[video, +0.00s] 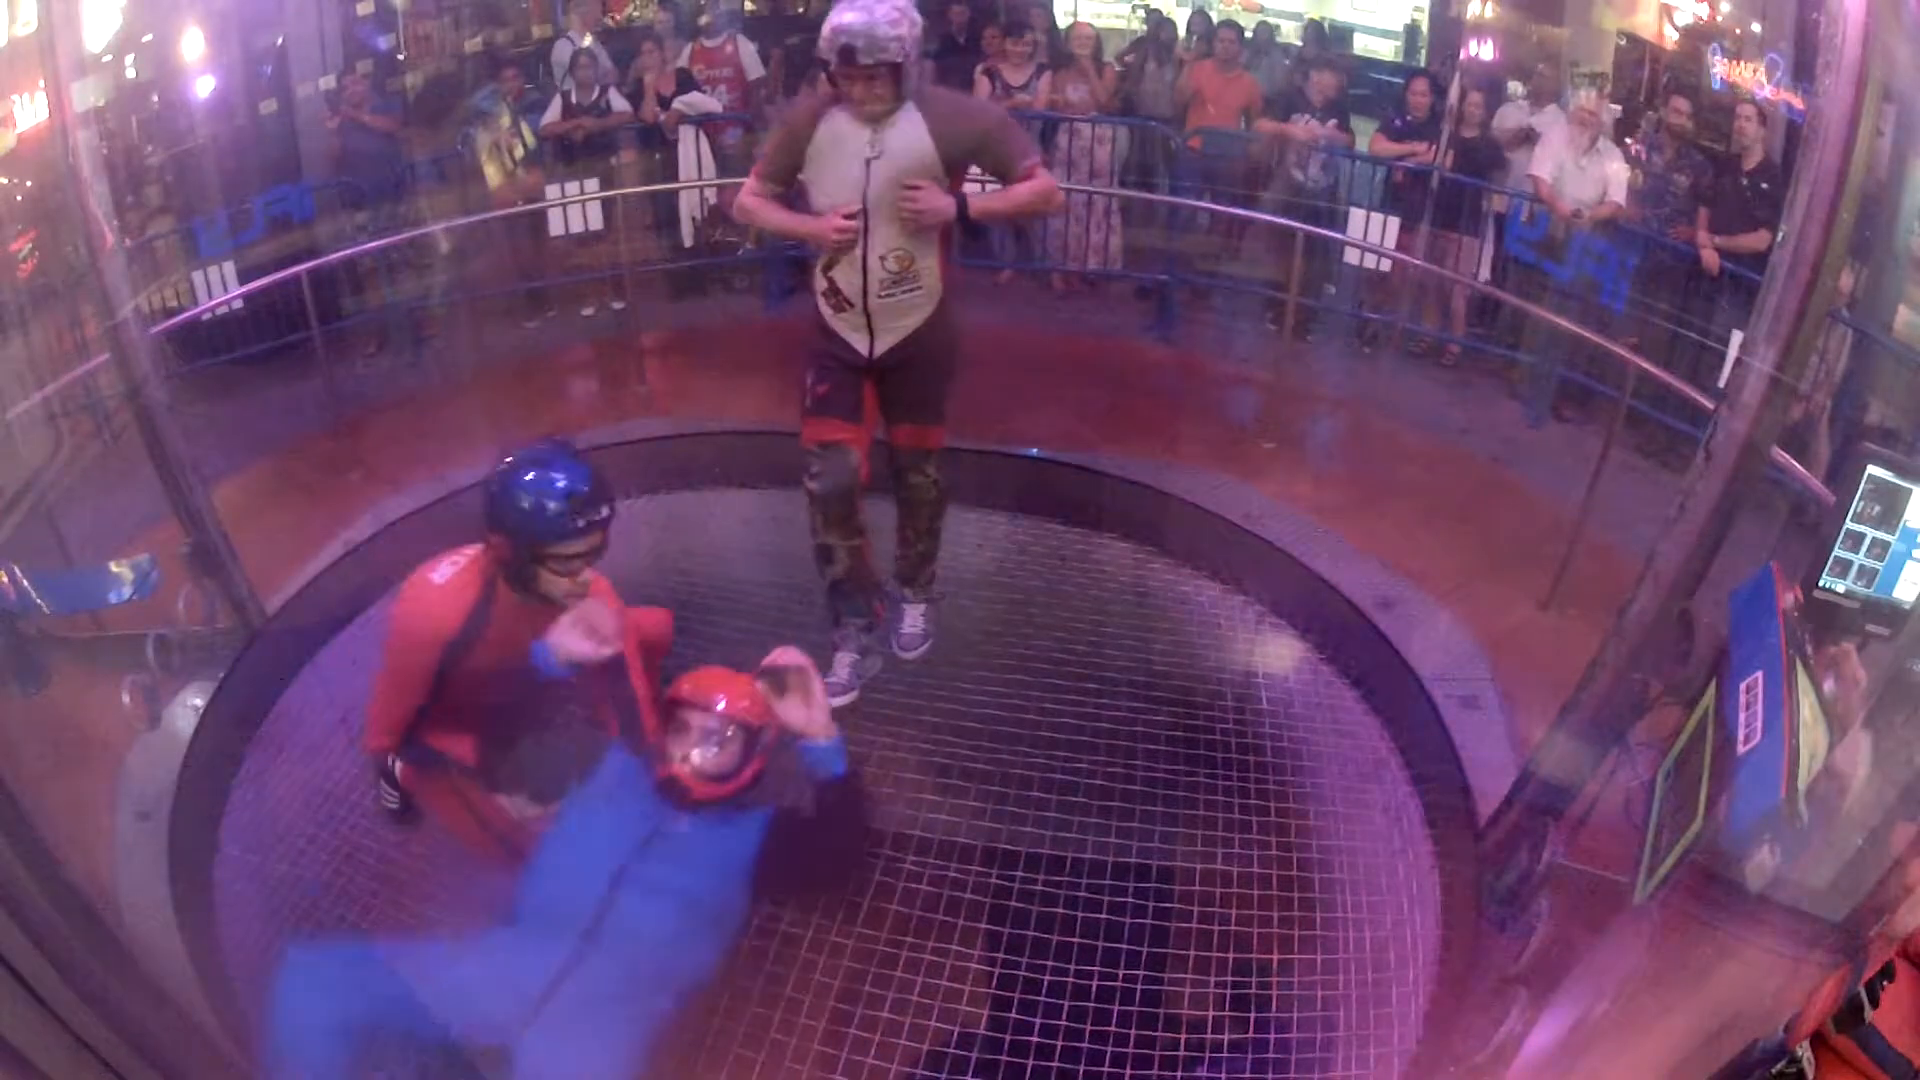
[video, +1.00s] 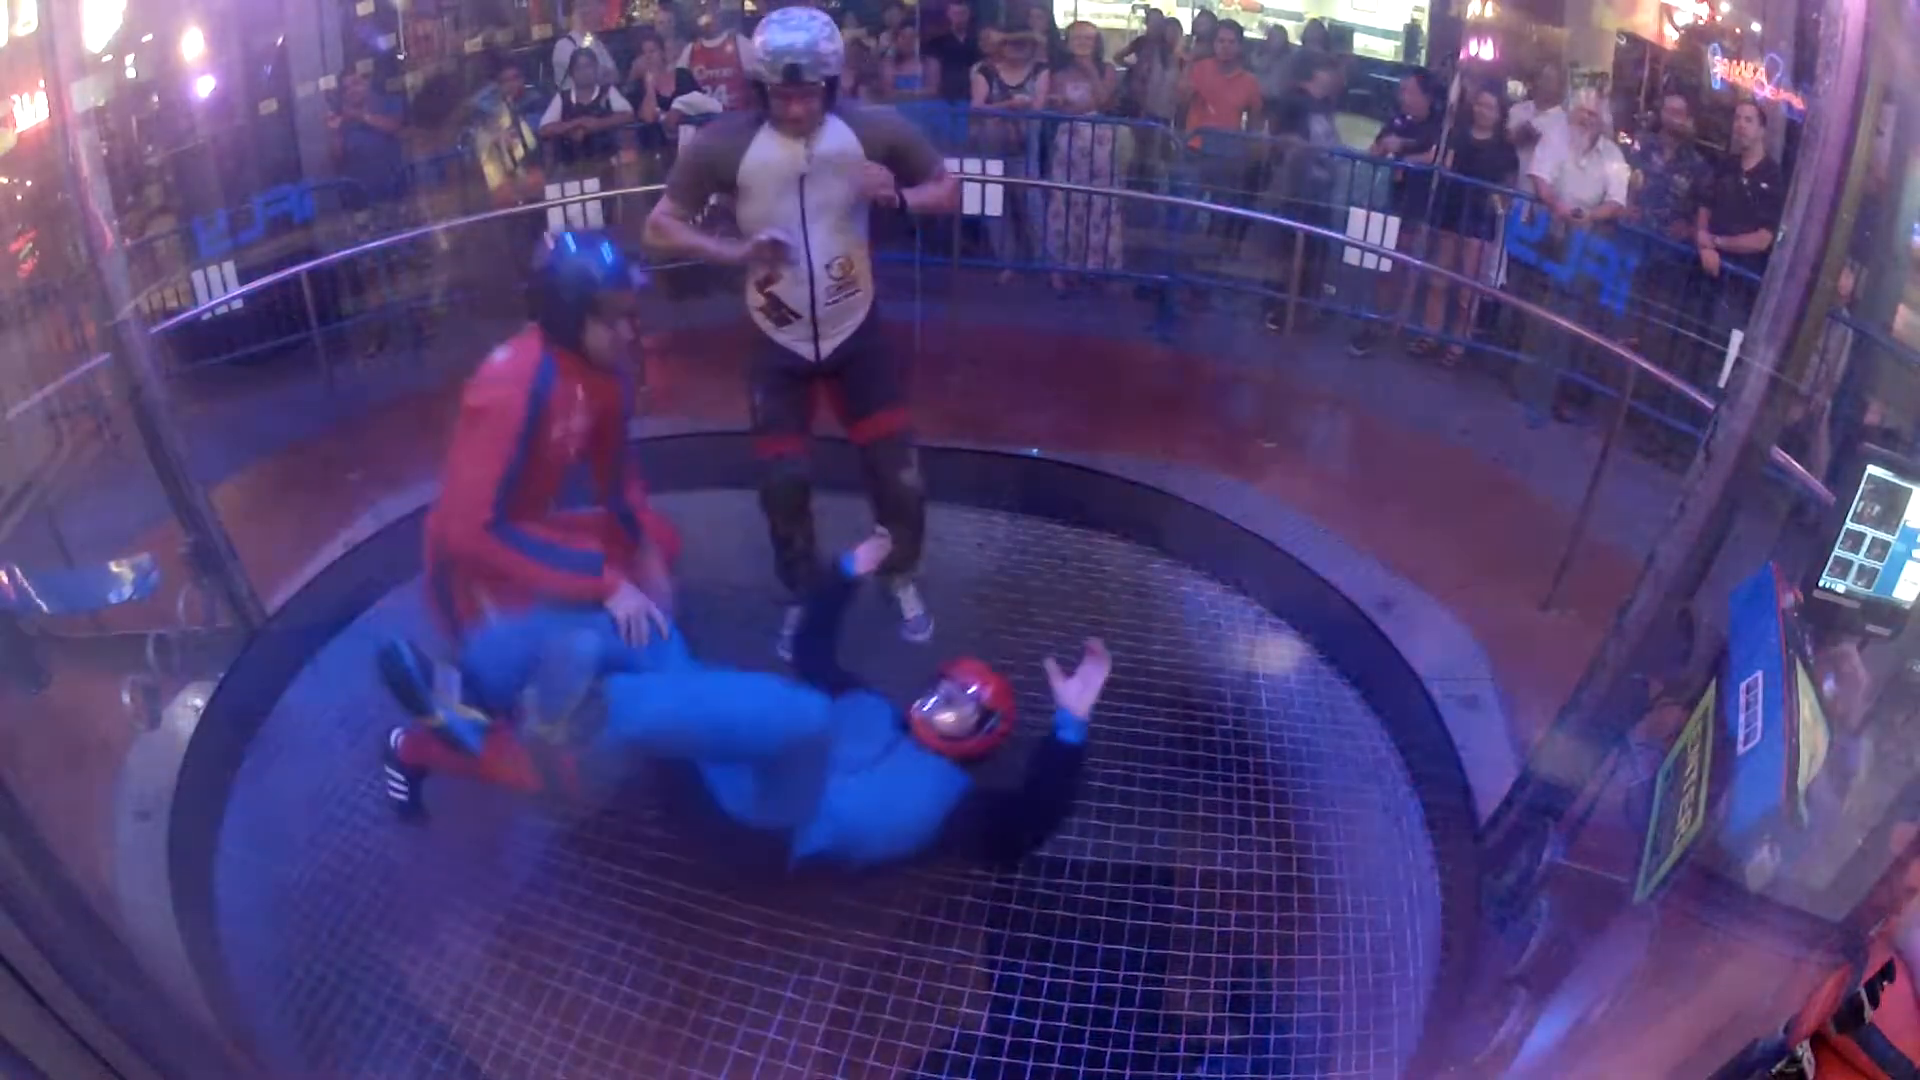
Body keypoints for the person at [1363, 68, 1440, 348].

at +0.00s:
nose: (1419, 100)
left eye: (1424, 95)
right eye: (1414, 94)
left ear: (1433, 99)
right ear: (1405, 96)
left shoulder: (1439, 129)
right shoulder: (1394, 122)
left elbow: (1443, 160)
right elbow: (1376, 147)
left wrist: (1408, 161)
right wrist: (1415, 148)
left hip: (1422, 211)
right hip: (1391, 207)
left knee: (1408, 273)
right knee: (1380, 267)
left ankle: (1399, 327)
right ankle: (1369, 317)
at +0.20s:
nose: (1417, 99)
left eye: (1424, 94)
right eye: (1413, 93)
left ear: (1434, 99)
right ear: (1404, 96)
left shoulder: (1440, 129)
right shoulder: (1394, 122)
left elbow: (1443, 159)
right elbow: (1375, 147)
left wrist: (1407, 160)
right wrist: (1414, 148)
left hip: (1423, 213)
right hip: (1391, 208)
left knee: (1408, 276)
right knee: (1379, 270)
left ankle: (1398, 331)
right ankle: (1369, 323)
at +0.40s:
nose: (1417, 99)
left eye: (1423, 94)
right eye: (1412, 93)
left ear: (1433, 99)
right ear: (1404, 96)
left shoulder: (1439, 129)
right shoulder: (1394, 121)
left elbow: (1442, 160)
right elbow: (1376, 147)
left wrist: (1406, 160)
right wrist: (1415, 148)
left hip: (1422, 212)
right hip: (1391, 207)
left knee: (1405, 275)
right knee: (1378, 269)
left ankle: (1396, 330)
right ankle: (1370, 323)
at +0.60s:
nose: (1416, 99)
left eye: (1422, 94)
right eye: (1411, 93)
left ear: (1433, 99)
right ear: (1403, 95)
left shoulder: (1440, 127)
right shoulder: (1395, 120)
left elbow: (1442, 158)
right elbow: (1375, 147)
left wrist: (1406, 159)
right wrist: (1414, 147)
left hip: (1425, 211)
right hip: (1394, 207)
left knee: (1410, 274)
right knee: (1383, 270)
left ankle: (1399, 329)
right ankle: (1375, 323)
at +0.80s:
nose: (1409, 98)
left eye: (1416, 92)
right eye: (1407, 91)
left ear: (1430, 98)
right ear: (1403, 94)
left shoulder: (1441, 128)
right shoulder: (1396, 123)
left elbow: (1434, 158)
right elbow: (1374, 148)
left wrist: (1399, 156)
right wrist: (1405, 144)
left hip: (1425, 208)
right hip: (1396, 204)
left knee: (1411, 270)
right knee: (1386, 265)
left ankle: (1399, 324)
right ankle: (1376, 319)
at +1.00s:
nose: (1403, 97)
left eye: (1409, 91)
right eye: (1402, 91)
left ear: (1426, 96)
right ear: (1404, 95)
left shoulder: (1440, 128)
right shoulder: (1398, 123)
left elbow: (1435, 157)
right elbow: (1376, 148)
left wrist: (1402, 156)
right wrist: (1392, 145)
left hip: (1424, 207)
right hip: (1396, 202)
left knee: (1408, 268)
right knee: (1386, 265)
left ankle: (1396, 325)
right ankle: (1377, 320)